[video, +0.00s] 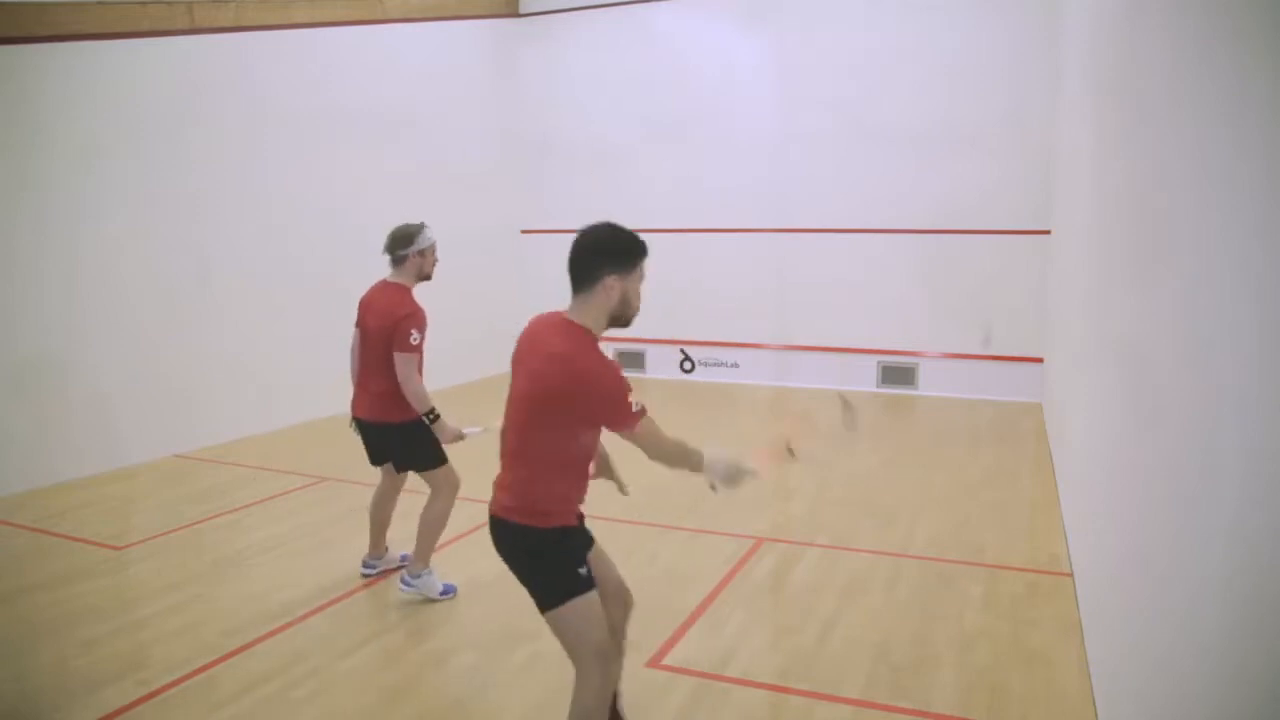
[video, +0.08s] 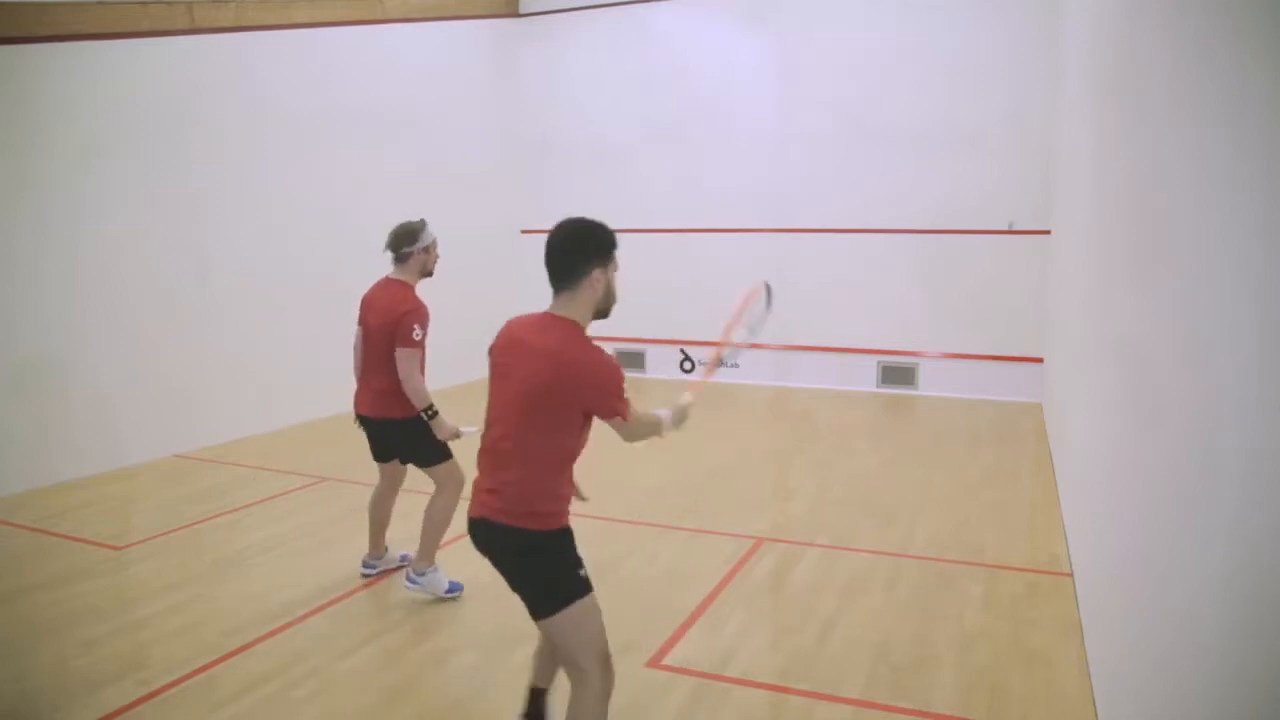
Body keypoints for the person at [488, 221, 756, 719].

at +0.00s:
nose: (641, 295)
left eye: (641, 281)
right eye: (639, 280)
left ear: (594, 280)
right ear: (612, 284)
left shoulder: (539, 330)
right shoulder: (592, 370)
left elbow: (546, 412)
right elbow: (657, 445)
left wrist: (593, 452)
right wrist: (708, 463)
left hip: (536, 513)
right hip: (537, 528)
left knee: (616, 603)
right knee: (597, 658)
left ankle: (607, 705)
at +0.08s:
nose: (616, 286)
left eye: (615, 273)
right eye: (614, 272)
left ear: (556, 272)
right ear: (598, 276)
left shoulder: (511, 333)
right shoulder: (590, 362)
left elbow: (509, 417)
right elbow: (631, 428)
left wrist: (559, 467)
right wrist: (671, 418)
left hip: (487, 518)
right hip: (535, 529)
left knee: (559, 623)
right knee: (594, 673)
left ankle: (534, 708)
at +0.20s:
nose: (570, 309)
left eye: (567, 298)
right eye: (567, 298)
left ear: (510, 307)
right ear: (555, 306)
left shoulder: (466, 376)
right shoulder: (567, 384)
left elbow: (429, 459)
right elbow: (599, 456)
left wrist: (473, 487)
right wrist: (622, 424)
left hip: (465, 567)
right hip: (530, 571)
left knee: (481, 630)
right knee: (597, 702)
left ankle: (421, 712)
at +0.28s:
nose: (533, 313)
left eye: (529, 303)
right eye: (530, 303)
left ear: (473, 314)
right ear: (519, 312)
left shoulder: (430, 385)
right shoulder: (535, 391)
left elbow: (385, 467)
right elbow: (571, 485)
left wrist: (413, 505)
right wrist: (596, 465)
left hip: (436, 569)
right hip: (503, 572)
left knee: (418, 652)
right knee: (566, 701)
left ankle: (371, 718)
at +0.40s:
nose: (485, 293)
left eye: (482, 282)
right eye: (481, 283)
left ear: (428, 292)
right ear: (467, 292)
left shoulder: (383, 353)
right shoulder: (478, 366)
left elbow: (324, 426)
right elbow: (508, 455)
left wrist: (333, 485)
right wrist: (535, 498)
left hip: (384, 531)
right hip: (448, 536)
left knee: (375, 652)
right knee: (487, 675)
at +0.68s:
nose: (420, 265)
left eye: (418, 254)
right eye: (415, 255)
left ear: (367, 262)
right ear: (398, 261)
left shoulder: (322, 317)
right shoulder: (406, 327)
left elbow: (276, 387)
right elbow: (417, 413)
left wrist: (288, 454)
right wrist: (416, 469)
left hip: (319, 476)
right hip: (366, 487)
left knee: (319, 584)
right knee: (335, 616)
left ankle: (306, 692)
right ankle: (297, 711)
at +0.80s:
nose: (405, 293)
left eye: (402, 283)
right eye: (399, 284)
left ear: (357, 294)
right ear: (376, 294)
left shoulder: (308, 345)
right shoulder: (386, 359)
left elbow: (273, 419)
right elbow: (391, 444)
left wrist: (294, 466)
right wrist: (390, 487)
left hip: (299, 494)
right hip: (347, 503)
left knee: (296, 577)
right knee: (310, 624)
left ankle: (291, 652)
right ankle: (280, 715)